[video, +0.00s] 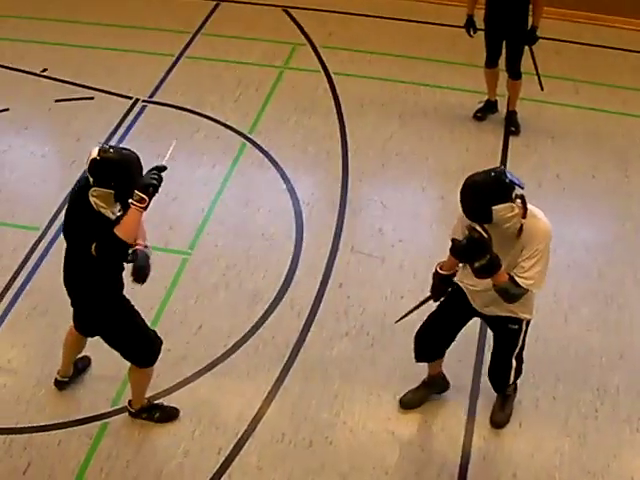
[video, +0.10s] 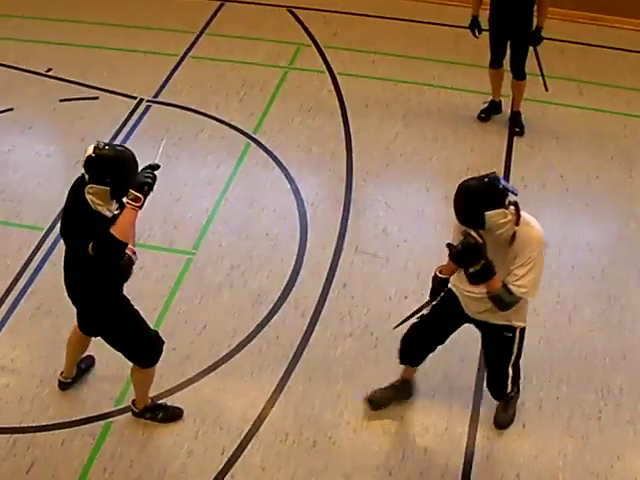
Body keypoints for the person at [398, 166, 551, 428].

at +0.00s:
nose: (478, 223)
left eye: (483, 219)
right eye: (475, 218)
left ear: (503, 211)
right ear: (477, 214)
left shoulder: (537, 230)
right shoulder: (473, 213)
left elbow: (515, 296)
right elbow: (458, 249)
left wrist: (489, 265)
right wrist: (443, 276)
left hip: (510, 307)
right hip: (469, 290)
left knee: (501, 373)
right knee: (429, 339)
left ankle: (506, 394)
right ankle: (435, 379)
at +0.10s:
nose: (469, 229)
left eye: (473, 224)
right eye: (466, 224)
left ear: (492, 216)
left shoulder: (530, 237)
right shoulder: (470, 220)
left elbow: (507, 302)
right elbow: (459, 253)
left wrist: (481, 266)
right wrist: (444, 274)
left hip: (502, 315)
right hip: (461, 296)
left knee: (498, 381)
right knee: (415, 341)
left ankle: (507, 398)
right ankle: (404, 384)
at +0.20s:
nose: (453, 233)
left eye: (457, 228)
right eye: (451, 227)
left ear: (474, 221)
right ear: (466, 220)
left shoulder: (512, 245)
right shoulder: (461, 226)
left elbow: (488, 309)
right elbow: (450, 260)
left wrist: (462, 276)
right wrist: (439, 275)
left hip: (488, 325)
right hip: (446, 303)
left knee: (491, 393)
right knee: (399, 344)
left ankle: (509, 396)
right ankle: (366, 390)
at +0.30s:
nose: (438, 241)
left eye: (442, 237)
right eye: (436, 237)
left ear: (463, 230)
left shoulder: (494, 252)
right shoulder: (449, 234)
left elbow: (465, 314)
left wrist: (441, 281)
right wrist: (423, 278)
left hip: (469, 332)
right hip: (430, 309)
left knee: (480, 401)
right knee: (379, 346)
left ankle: (509, 390)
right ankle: (354, 394)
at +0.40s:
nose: (422, 241)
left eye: (425, 236)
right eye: (420, 236)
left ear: (445, 230)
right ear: (434, 230)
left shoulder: (478, 253)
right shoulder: (433, 233)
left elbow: (447, 314)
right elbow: (417, 262)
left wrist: (423, 282)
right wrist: (404, 277)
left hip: (456, 332)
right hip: (417, 309)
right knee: (366, 354)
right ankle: (353, 396)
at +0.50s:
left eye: (422, 238)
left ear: (440, 229)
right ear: (422, 236)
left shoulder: (474, 251)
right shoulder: (424, 238)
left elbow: (445, 315)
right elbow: (405, 266)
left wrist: (420, 285)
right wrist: (393, 290)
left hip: (461, 329)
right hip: (421, 311)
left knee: (470, 399)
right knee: (370, 355)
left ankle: (502, 395)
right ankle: (358, 396)